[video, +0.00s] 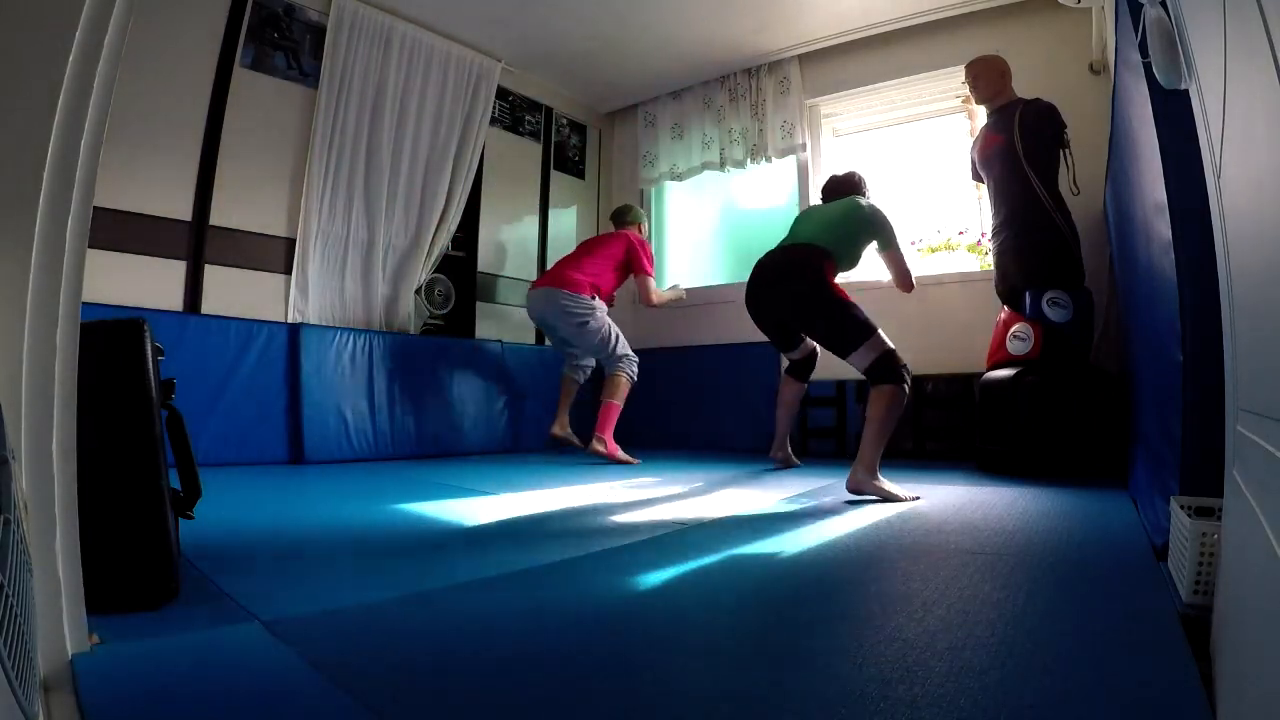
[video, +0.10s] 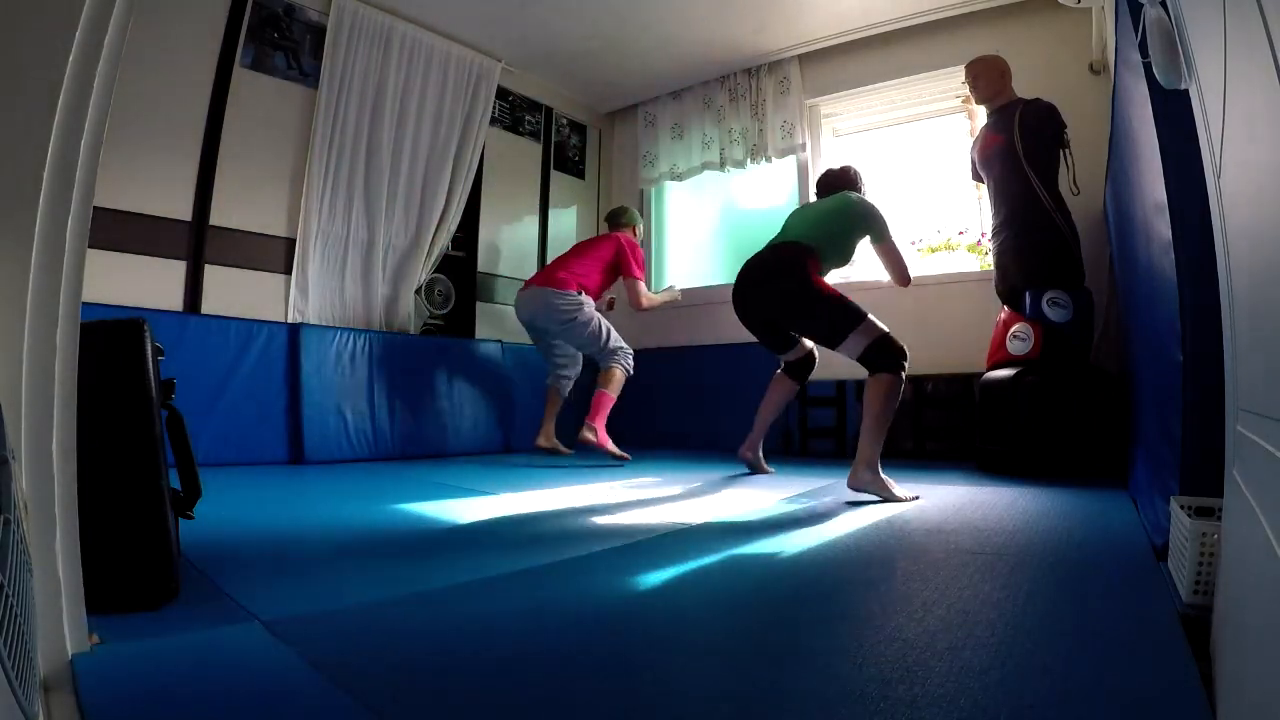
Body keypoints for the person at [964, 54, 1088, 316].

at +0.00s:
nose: (970, 85)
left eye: (975, 77)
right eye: (967, 81)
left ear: (1003, 75)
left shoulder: (1038, 112)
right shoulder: (981, 140)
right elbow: (977, 174)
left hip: (1050, 244)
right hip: (1008, 252)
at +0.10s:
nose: (970, 85)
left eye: (976, 77)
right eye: (968, 81)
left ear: (1003, 75)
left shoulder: (1037, 112)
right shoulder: (981, 140)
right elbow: (978, 176)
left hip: (1050, 245)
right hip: (1009, 252)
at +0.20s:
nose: (970, 85)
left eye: (976, 77)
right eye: (968, 81)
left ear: (1003, 75)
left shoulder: (1037, 112)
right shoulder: (981, 140)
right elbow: (978, 176)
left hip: (1050, 244)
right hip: (1008, 251)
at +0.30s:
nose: (970, 85)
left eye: (976, 77)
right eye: (967, 81)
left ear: (1003, 75)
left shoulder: (1038, 112)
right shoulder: (981, 139)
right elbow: (977, 175)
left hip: (1051, 245)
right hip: (1008, 252)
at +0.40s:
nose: (970, 85)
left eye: (975, 76)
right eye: (967, 81)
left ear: (1003, 75)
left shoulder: (1037, 112)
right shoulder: (980, 141)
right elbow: (977, 175)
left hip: (1050, 244)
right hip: (1008, 252)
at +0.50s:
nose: (970, 85)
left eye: (975, 76)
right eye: (967, 81)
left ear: (1003, 75)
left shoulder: (1037, 112)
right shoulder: (980, 141)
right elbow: (977, 176)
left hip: (1051, 245)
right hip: (1008, 252)